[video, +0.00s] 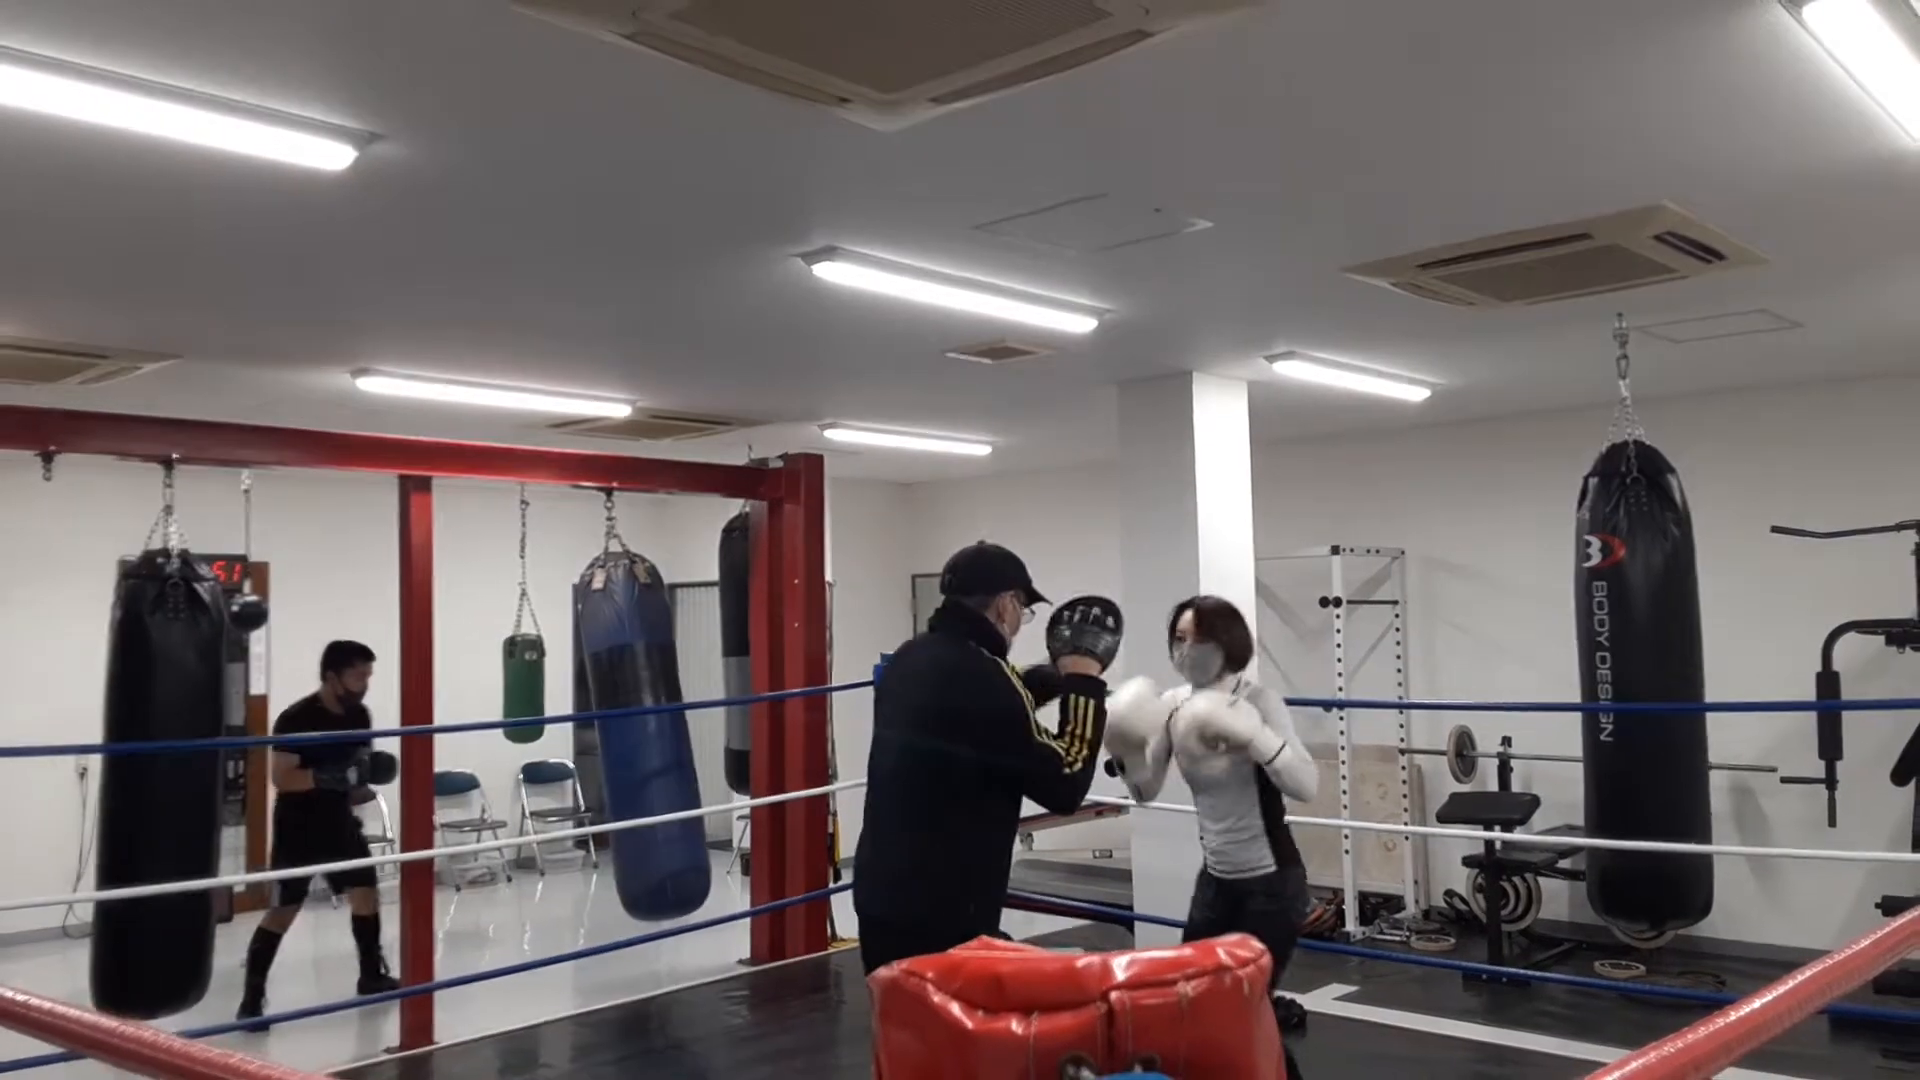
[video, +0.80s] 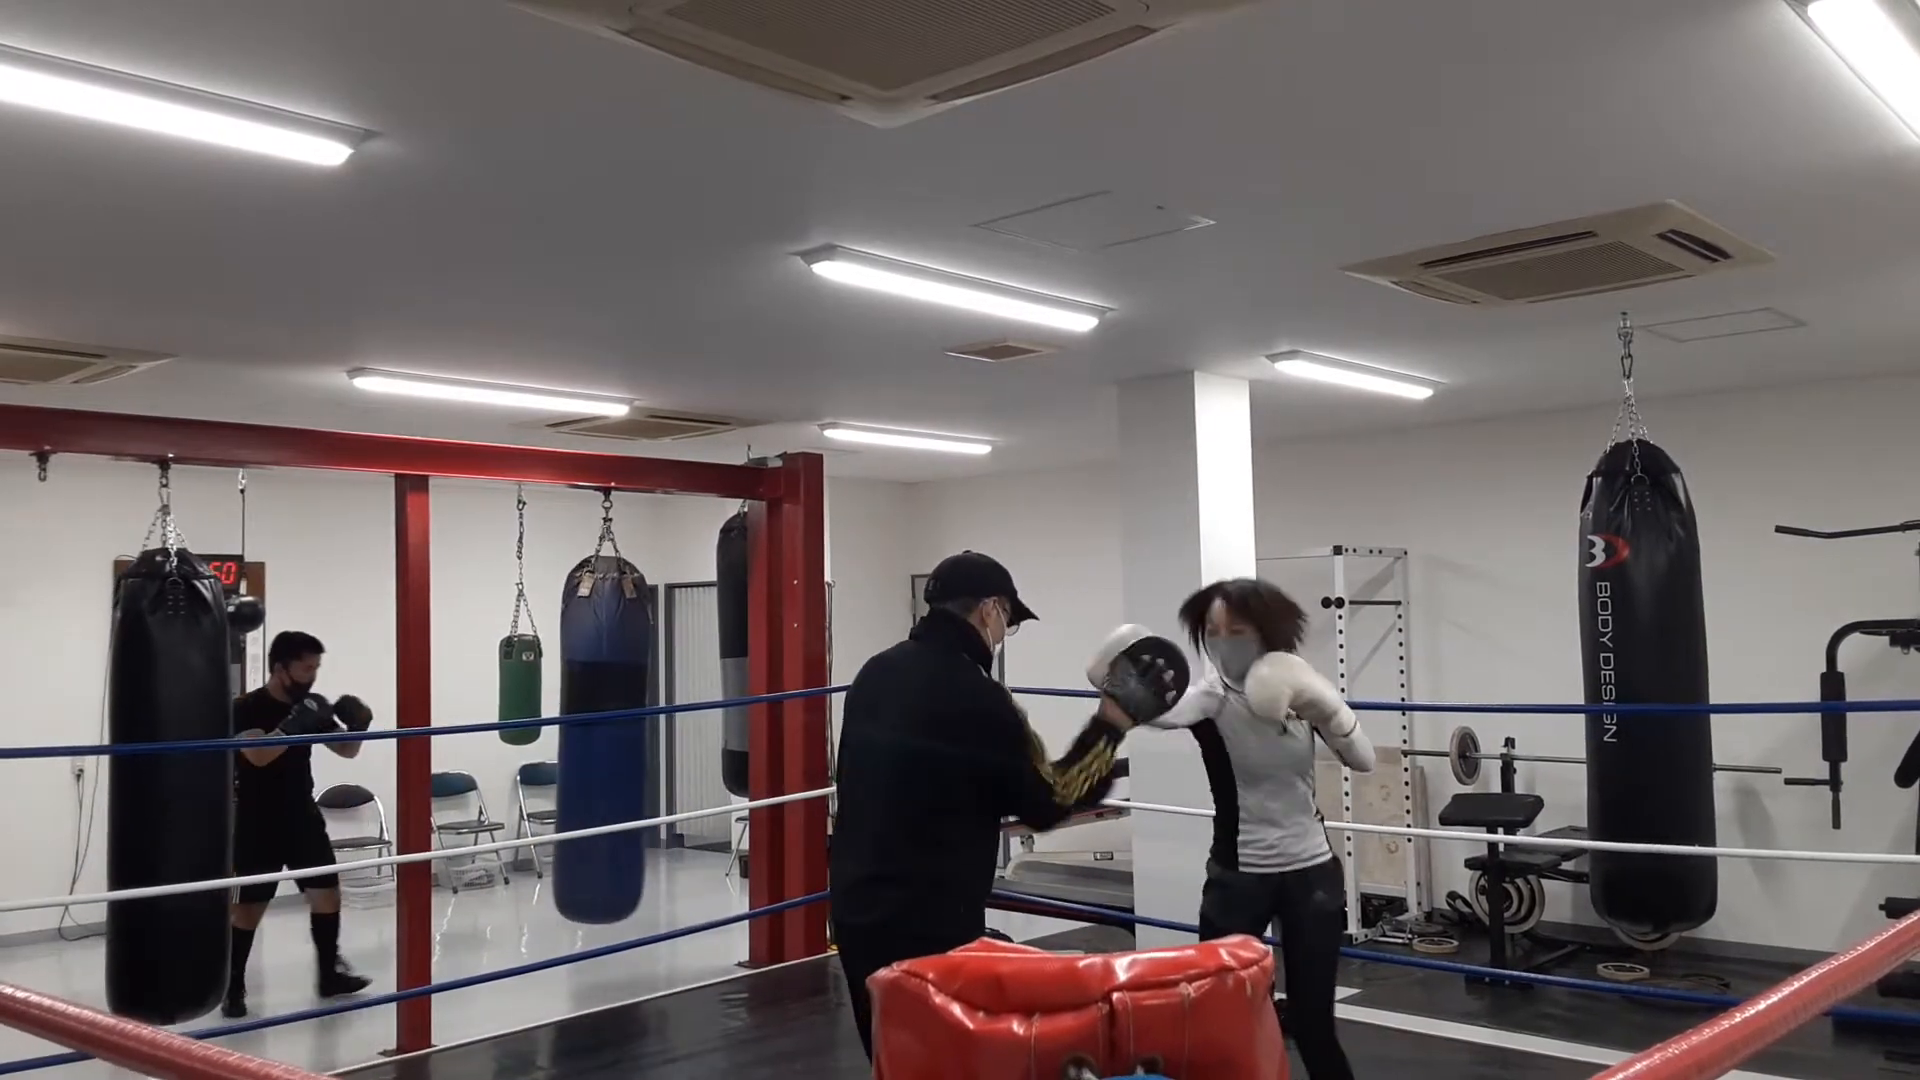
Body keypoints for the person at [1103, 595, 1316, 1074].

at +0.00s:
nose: (1183, 650)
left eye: (1195, 640)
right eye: (1178, 639)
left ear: (1225, 645)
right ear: (1171, 644)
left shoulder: (1258, 700)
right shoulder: (1177, 708)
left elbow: (1307, 787)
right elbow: (1145, 790)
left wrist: (1251, 732)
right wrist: (1123, 744)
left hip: (1271, 883)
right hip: (1215, 879)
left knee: (1246, 1003)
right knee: (1190, 995)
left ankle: (1279, 1071)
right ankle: (1195, 1074)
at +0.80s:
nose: (1227, 648)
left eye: (1238, 634)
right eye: (1216, 636)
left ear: (1267, 634)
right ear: (1205, 641)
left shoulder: (1300, 691)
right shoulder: (1206, 697)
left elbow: (1364, 761)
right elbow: (1163, 715)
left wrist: (1321, 705)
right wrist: (1117, 680)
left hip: (1311, 873)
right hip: (1237, 876)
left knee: (1312, 1024)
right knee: (1218, 1017)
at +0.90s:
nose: (1231, 659)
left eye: (1244, 646)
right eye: (1222, 647)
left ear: (1275, 648)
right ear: (1215, 650)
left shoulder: (1307, 697)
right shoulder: (1216, 704)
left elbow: (1368, 772)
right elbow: (1164, 734)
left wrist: (1330, 716)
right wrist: (1146, 706)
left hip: (1311, 880)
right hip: (1237, 882)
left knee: (1314, 1032)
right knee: (1229, 1022)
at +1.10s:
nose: (1230, 651)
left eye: (1241, 640)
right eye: (1225, 640)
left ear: (1276, 645)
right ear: (1222, 642)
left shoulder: (1328, 699)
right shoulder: (1216, 709)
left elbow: (1366, 795)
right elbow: (1190, 795)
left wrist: (1326, 764)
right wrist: (1193, 816)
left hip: (1318, 888)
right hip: (1245, 886)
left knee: (1308, 1040)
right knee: (1222, 1024)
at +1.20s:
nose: (1228, 650)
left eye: (1240, 638)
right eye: (1223, 638)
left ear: (1275, 642)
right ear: (1219, 641)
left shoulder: (1330, 699)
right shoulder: (1224, 705)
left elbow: (1368, 791)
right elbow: (1227, 794)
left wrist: (1310, 779)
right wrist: (1204, 801)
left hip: (1321, 892)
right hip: (1252, 888)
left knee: (1306, 1042)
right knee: (1231, 1022)